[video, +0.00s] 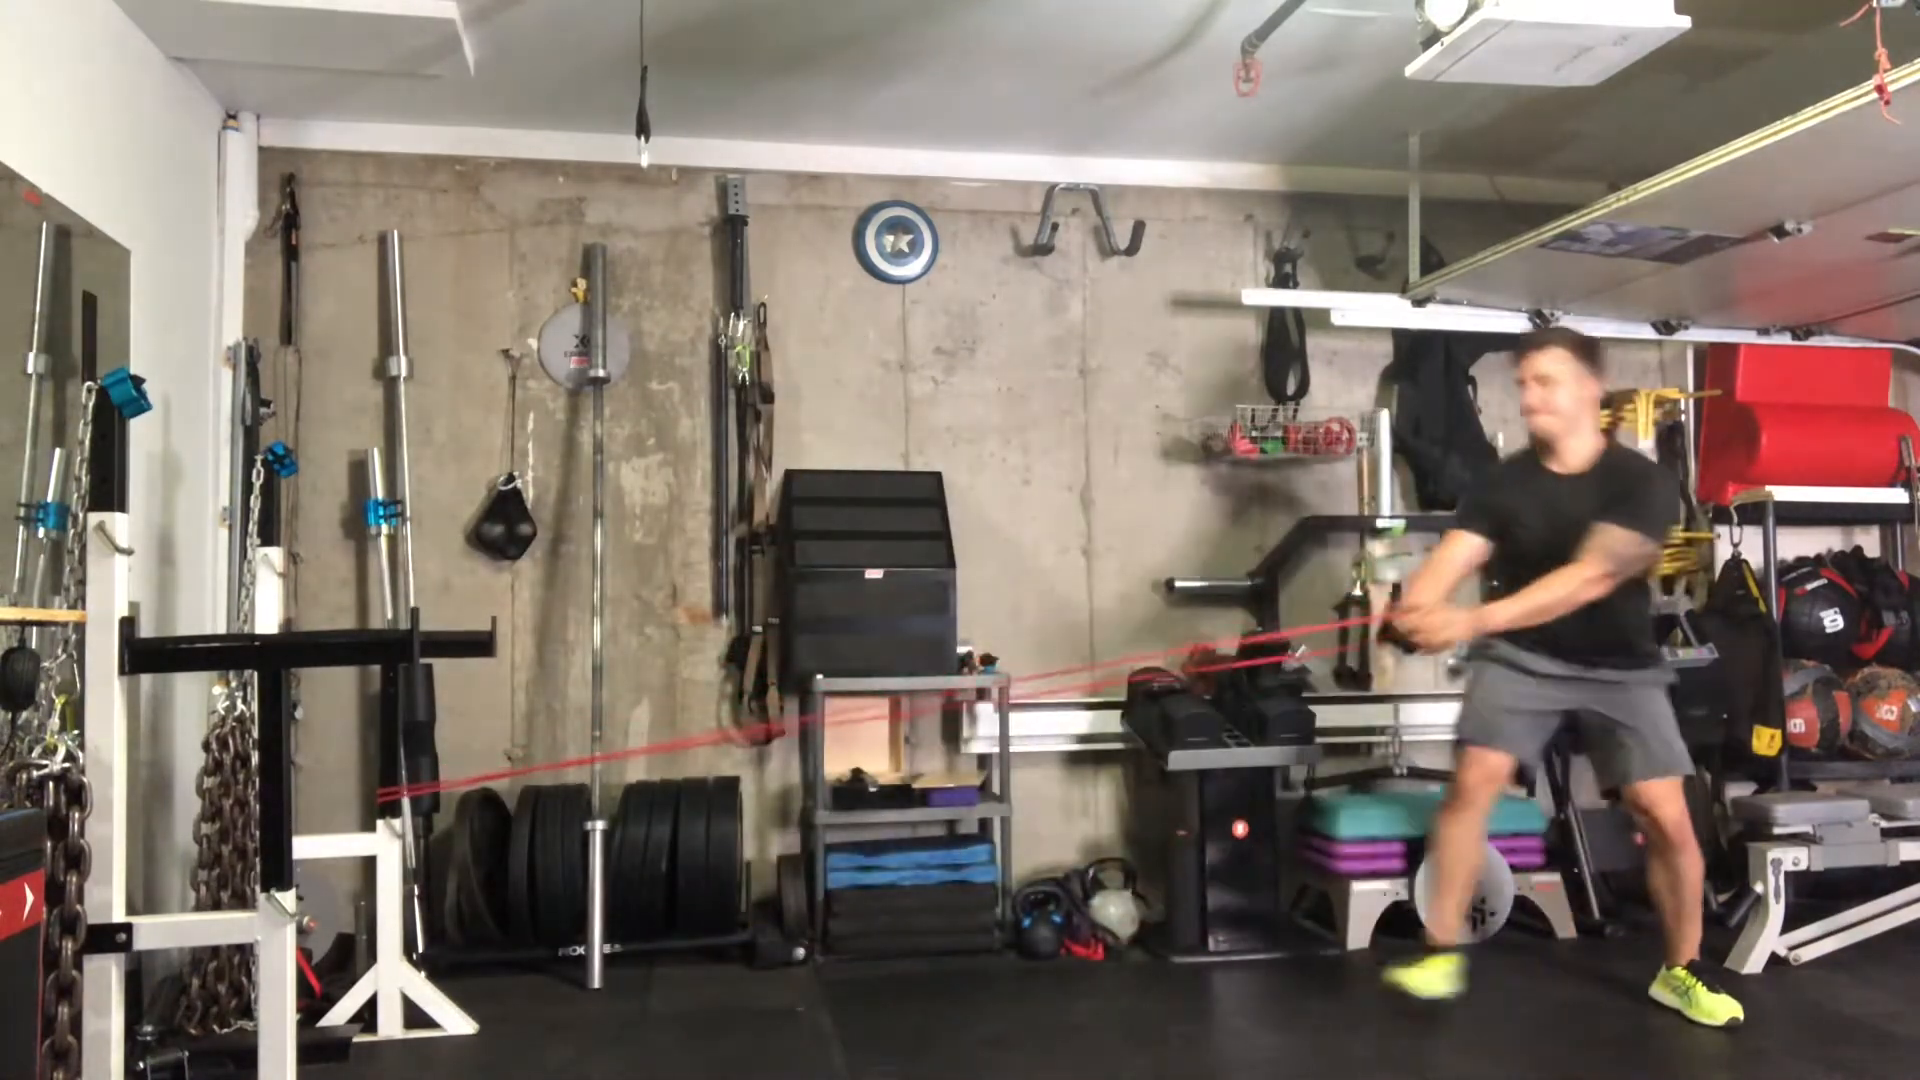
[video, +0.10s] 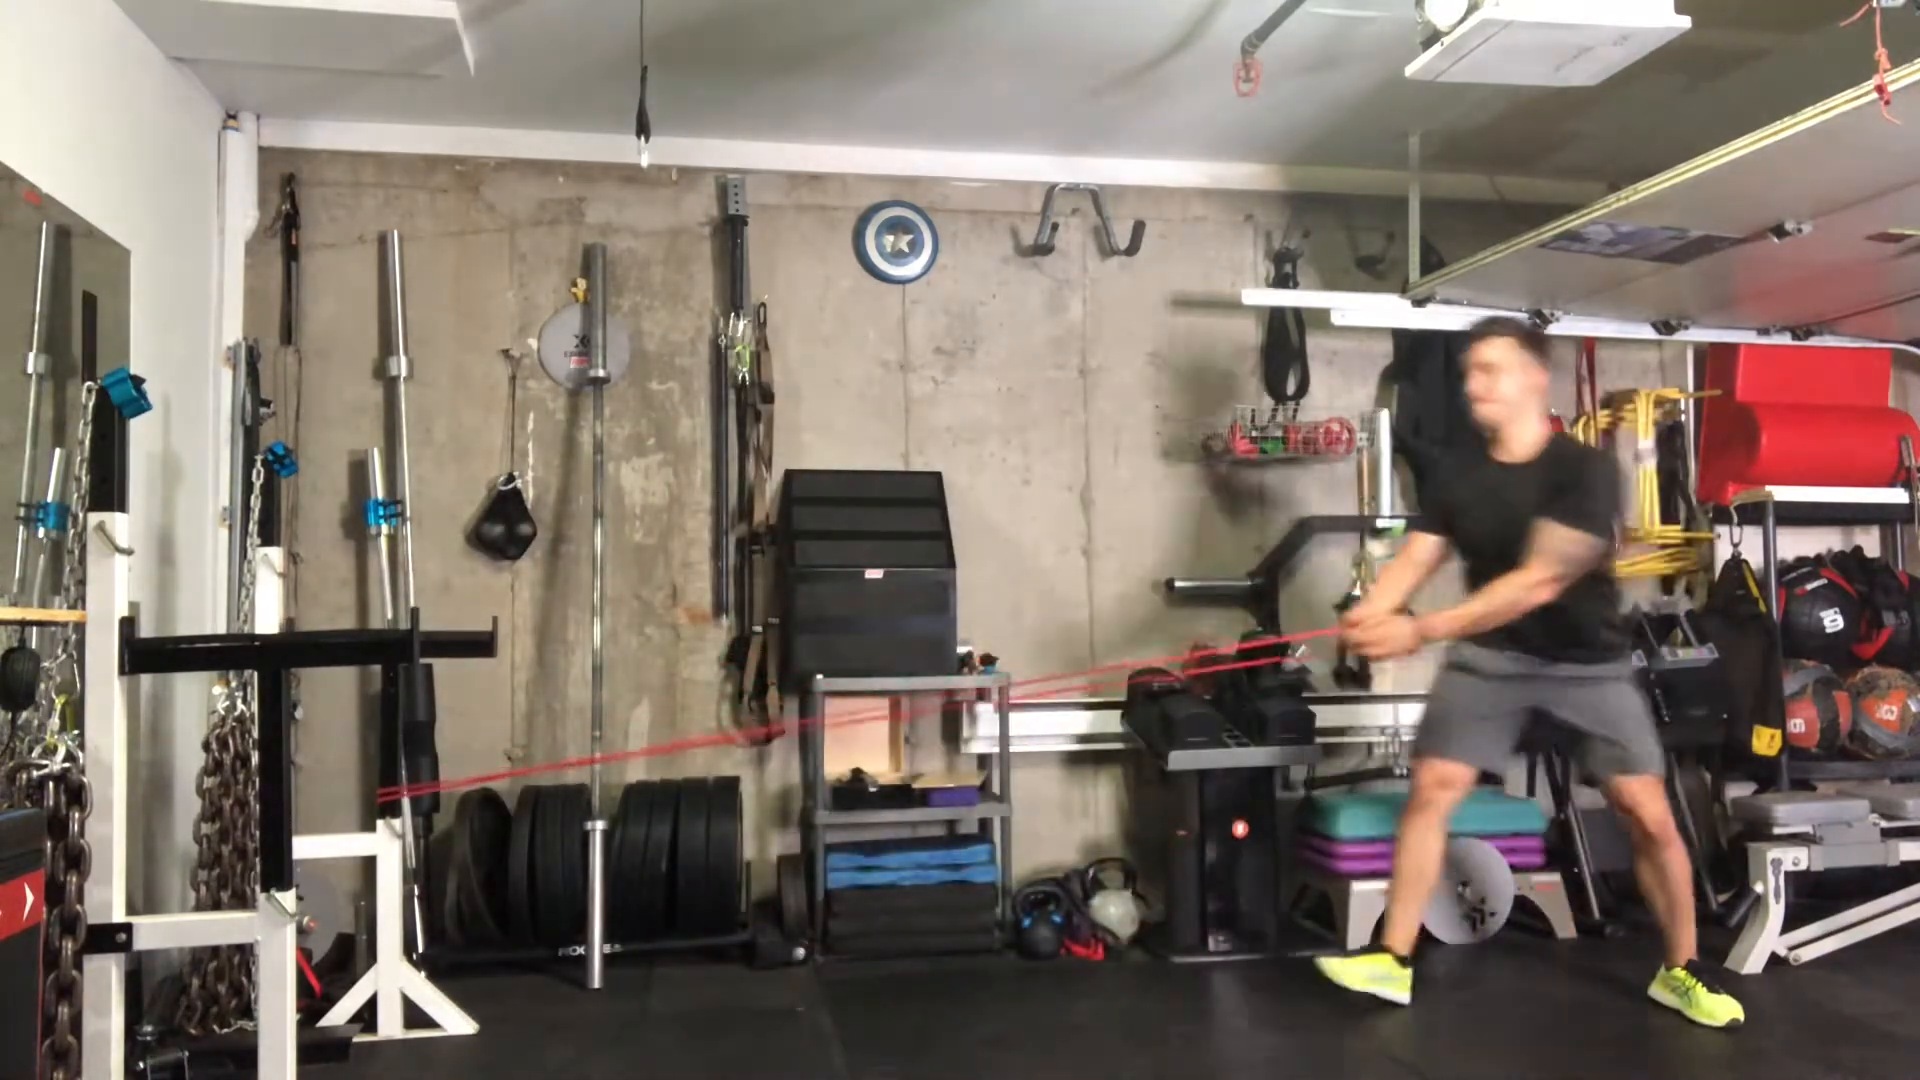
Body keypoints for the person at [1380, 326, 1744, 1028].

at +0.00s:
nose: (1531, 396)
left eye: (1547, 382)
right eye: (1524, 384)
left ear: (1594, 390)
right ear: (1519, 396)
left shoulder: (1644, 483)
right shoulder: (1509, 481)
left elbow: (1589, 578)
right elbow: (1450, 559)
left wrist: (1471, 621)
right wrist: (1411, 607)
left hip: (1623, 674)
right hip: (1518, 663)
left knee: (1669, 819)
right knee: (1473, 780)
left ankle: (1681, 971)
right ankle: (1443, 952)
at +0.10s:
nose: (1476, 385)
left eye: (1491, 370)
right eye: (1471, 373)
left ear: (1537, 378)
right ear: (1466, 387)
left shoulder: (1584, 467)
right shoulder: (1460, 475)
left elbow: (1539, 582)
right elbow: (1415, 558)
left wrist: (1420, 629)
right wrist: (1371, 612)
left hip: (1591, 667)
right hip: (1486, 661)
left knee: (1648, 811)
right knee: (1433, 786)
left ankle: (1681, 969)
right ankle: (1393, 957)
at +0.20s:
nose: (1420, 379)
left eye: (1436, 366)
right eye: (1416, 368)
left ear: (1480, 372)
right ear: (1411, 381)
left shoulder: (1520, 466)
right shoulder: (1412, 467)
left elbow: (1475, 584)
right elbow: (1369, 560)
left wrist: (1357, 628)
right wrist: (1317, 611)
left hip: (1540, 672)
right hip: (1439, 670)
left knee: (1614, 808)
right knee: (1391, 790)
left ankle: (1682, 960)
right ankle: (1378, 963)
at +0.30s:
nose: (1368, 373)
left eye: (1383, 360)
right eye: (1368, 361)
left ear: (1429, 370)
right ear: (1381, 373)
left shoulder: (1466, 459)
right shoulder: (1367, 468)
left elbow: (1414, 577)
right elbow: (1322, 549)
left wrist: (1299, 617)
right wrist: (1267, 603)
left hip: (1482, 669)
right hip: (1390, 667)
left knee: (1538, 799)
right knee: (1363, 789)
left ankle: (1660, 951)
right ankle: (1374, 965)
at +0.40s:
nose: (1331, 364)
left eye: (1345, 352)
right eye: (1329, 353)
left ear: (1392, 360)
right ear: (1333, 365)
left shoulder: (1425, 451)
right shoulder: (1327, 460)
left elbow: (1371, 562)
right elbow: (1278, 543)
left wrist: (1258, 605)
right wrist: (1223, 594)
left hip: (1425, 650)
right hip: (1350, 651)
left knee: (1438, 789)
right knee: (1344, 801)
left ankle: (1559, 927)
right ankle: (1374, 967)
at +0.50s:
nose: (1291, 357)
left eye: (1307, 345)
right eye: (1288, 346)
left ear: (1354, 356)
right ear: (1288, 363)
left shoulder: (1382, 446)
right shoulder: (1291, 456)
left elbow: (1335, 554)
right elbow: (1245, 535)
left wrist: (1219, 595)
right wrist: (1188, 580)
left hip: (1377, 642)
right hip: (1317, 645)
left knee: (1340, 780)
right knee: (1328, 790)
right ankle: (1370, 958)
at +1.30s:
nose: (942, 359)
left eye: (958, 350)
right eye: (948, 348)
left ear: (998, 371)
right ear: (976, 371)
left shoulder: (992, 454)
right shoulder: (954, 454)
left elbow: (989, 574)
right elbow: (935, 565)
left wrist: (883, 601)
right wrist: (872, 590)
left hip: (981, 668)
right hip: (929, 668)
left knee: (1011, 818)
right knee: (878, 805)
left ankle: (1080, 985)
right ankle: (824, 976)